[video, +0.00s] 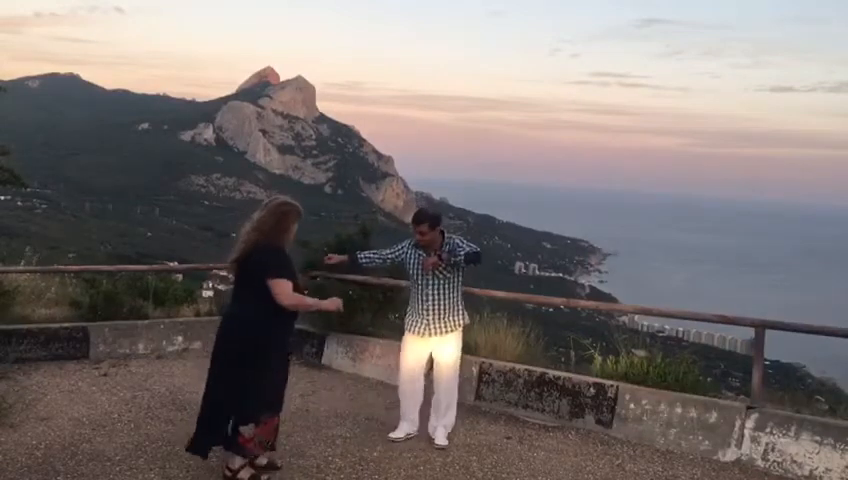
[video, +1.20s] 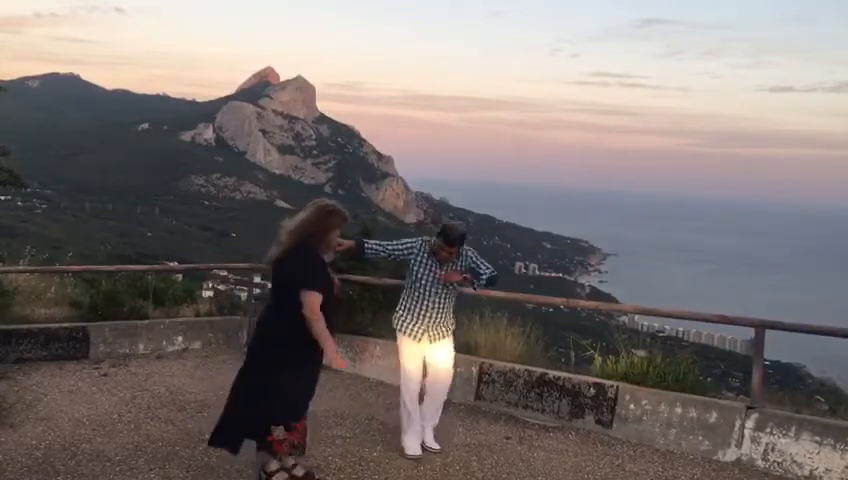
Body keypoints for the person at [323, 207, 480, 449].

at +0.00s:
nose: (418, 239)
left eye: (423, 234)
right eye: (416, 234)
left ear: (438, 230)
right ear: (413, 230)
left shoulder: (454, 244)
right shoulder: (409, 248)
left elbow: (476, 256)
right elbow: (381, 257)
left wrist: (444, 259)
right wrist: (345, 259)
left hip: (448, 327)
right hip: (416, 327)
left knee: (446, 381)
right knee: (408, 377)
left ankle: (441, 428)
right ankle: (408, 425)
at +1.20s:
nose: (447, 256)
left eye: (452, 253)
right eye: (445, 250)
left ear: (459, 248)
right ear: (437, 241)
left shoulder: (466, 255)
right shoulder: (420, 246)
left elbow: (491, 277)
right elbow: (387, 249)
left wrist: (464, 278)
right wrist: (352, 245)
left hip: (441, 330)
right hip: (411, 327)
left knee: (441, 382)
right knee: (411, 384)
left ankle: (428, 430)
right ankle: (411, 439)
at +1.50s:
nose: (465, 257)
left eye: (470, 254)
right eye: (462, 251)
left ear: (475, 252)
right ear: (454, 242)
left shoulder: (473, 264)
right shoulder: (436, 248)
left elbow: (483, 285)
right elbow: (412, 255)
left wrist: (472, 303)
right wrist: (398, 258)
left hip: (442, 332)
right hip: (413, 329)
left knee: (455, 380)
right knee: (415, 384)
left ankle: (429, 422)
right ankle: (410, 437)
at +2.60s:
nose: (507, 230)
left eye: (506, 226)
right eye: (504, 226)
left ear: (481, 227)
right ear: (494, 227)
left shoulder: (462, 250)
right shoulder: (504, 249)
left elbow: (434, 264)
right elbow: (545, 256)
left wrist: (416, 267)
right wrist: (548, 270)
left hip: (465, 326)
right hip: (496, 326)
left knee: (468, 382)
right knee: (495, 384)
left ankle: (467, 433)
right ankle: (476, 444)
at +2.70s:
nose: (499, 231)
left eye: (496, 227)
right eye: (498, 227)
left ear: (473, 227)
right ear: (494, 228)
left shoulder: (458, 249)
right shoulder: (504, 249)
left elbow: (425, 265)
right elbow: (544, 262)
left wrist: (405, 266)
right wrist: (557, 278)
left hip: (464, 328)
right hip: (497, 327)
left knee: (466, 382)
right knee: (499, 382)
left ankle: (462, 433)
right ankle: (479, 439)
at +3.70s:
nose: (463, 227)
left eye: (469, 223)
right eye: (461, 223)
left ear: (482, 227)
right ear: (460, 225)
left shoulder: (491, 251)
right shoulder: (458, 252)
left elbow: (503, 284)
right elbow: (451, 283)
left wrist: (468, 294)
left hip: (481, 327)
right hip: (456, 326)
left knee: (470, 377)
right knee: (451, 377)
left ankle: (471, 431)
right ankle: (456, 424)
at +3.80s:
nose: (466, 226)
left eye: (472, 222)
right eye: (464, 221)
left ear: (485, 226)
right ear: (461, 225)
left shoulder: (497, 252)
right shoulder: (458, 252)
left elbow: (512, 282)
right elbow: (440, 276)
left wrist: (492, 308)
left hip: (483, 328)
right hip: (457, 325)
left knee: (476, 379)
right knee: (451, 375)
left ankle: (473, 432)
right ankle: (456, 424)